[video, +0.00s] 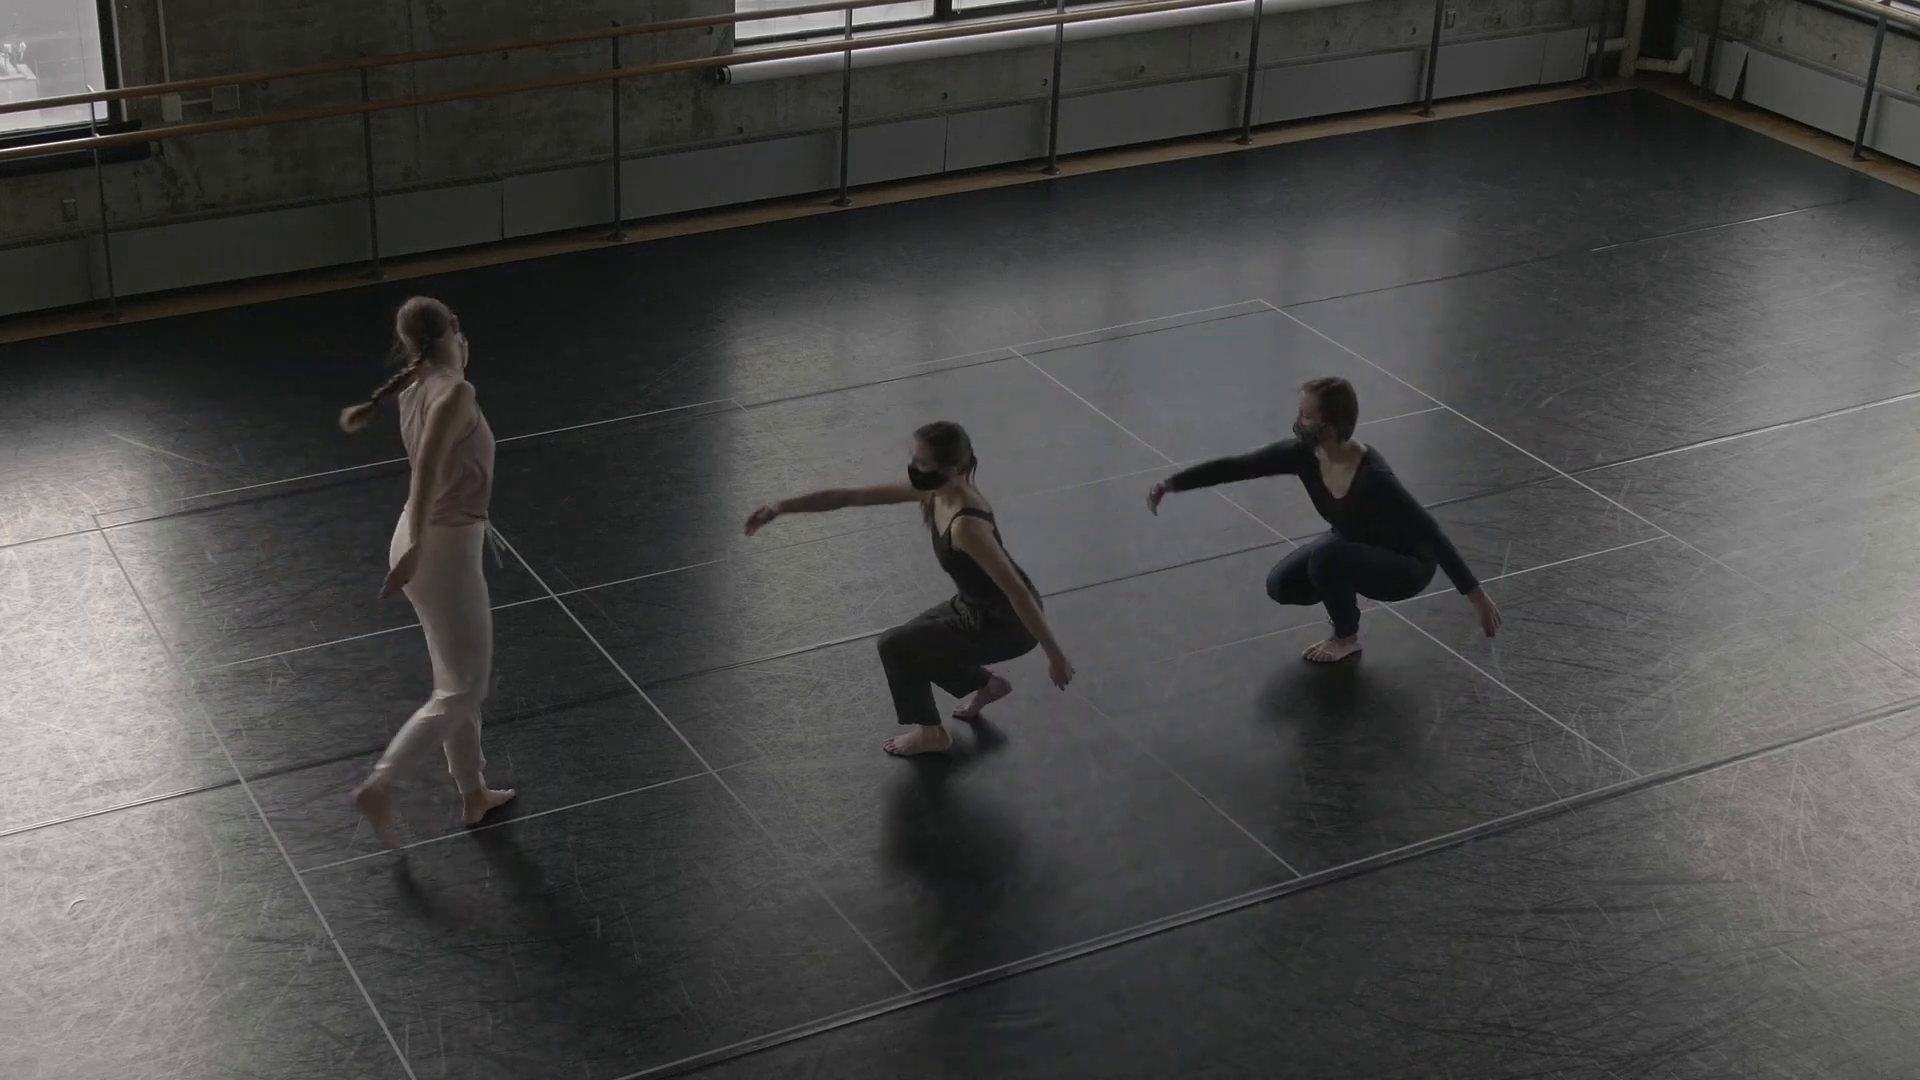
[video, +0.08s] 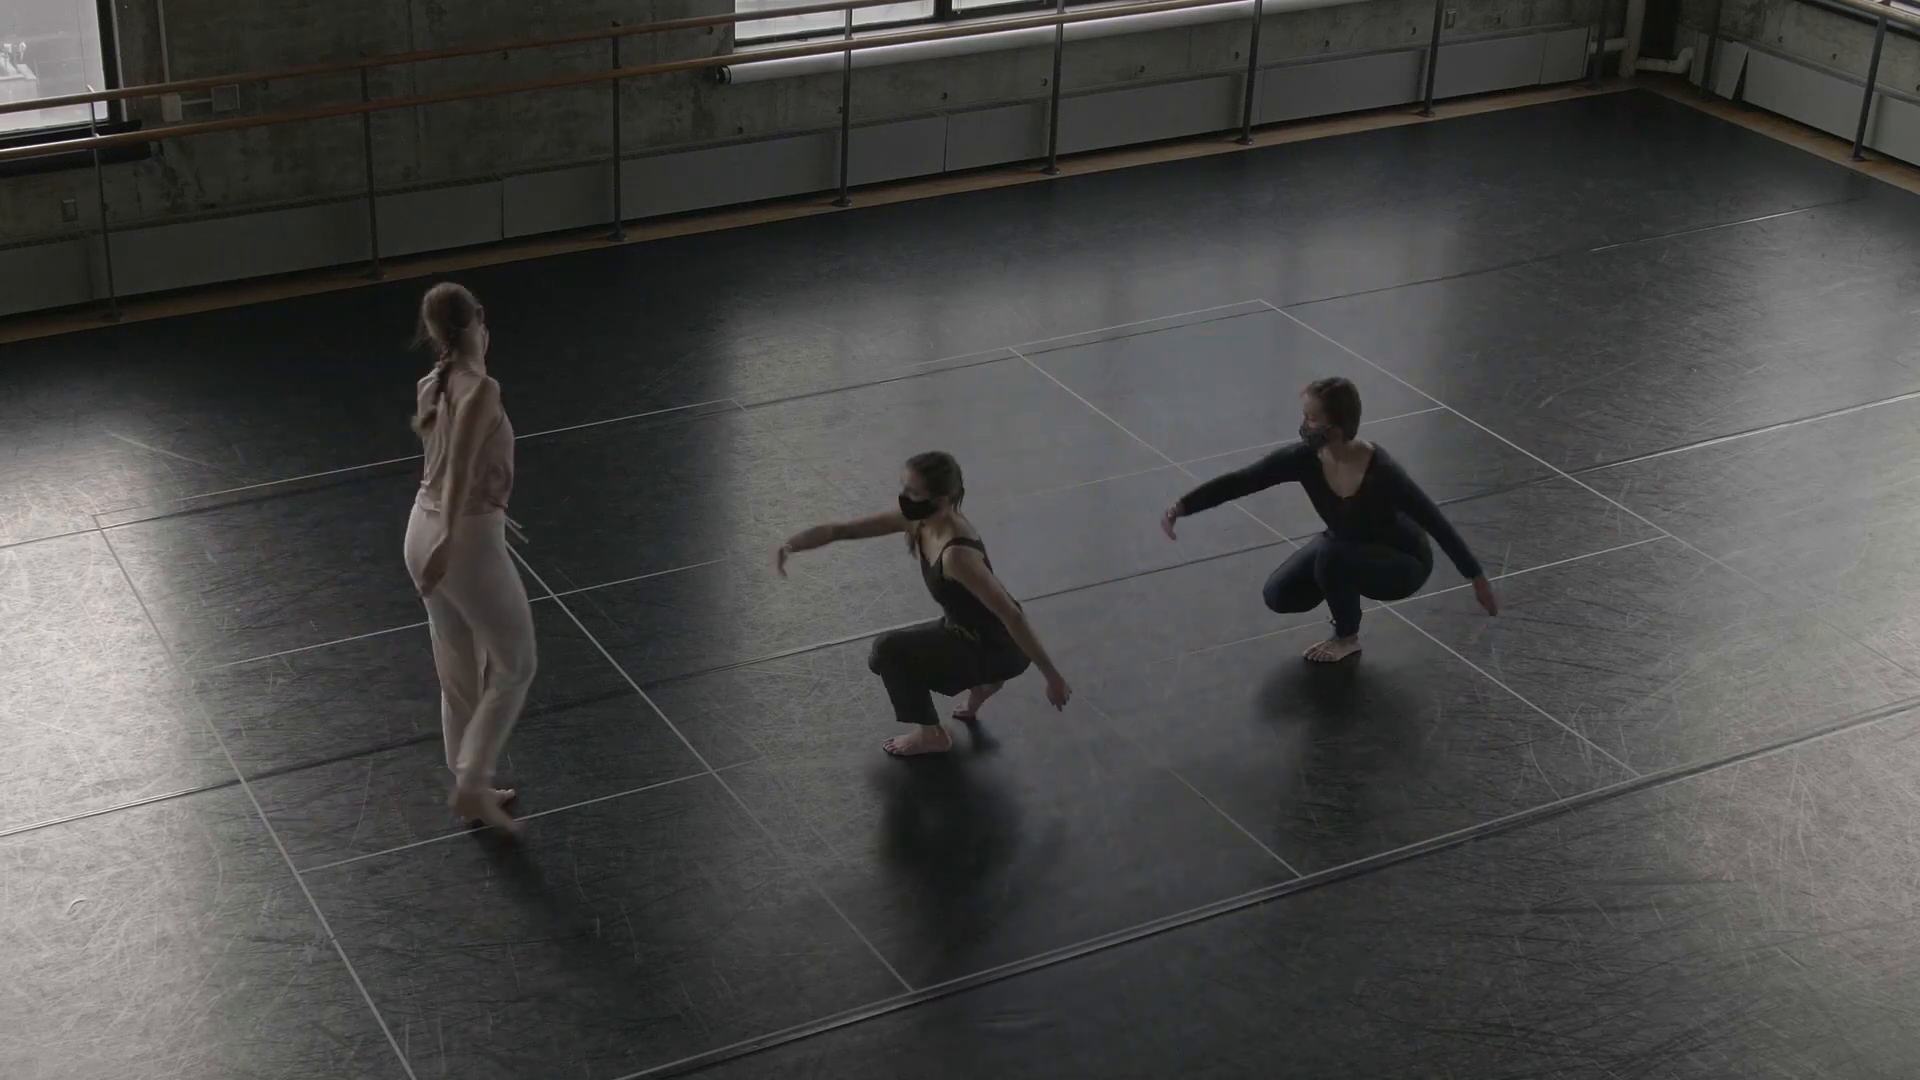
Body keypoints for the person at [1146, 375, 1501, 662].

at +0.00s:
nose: (1295, 422)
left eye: (1304, 416)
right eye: (1297, 413)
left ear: (1330, 427)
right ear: (1321, 423)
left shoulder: (1374, 476)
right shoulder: (1302, 454)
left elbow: (1430, 534)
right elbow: (1238, 468)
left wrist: (1476, 594)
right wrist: (1172, 483)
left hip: (1405, 562)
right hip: (1353, 544)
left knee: (1325, 559)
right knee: (1280, 586)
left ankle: (1347, 636)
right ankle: (1346, 594)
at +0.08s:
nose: (1302, 424)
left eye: (1310, 418)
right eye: (1302, 415)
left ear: (1336, 427)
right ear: (1324, 424)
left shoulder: (1381, 469)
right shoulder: (1303, 458)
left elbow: (1434, 522)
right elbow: (1246, 481)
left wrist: (1477, 579)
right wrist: (1181, 507)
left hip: (1401, 561)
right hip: (1342, 546)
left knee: (1331, 559)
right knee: (1278, 597)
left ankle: (1347, 637)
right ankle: (1340, 577)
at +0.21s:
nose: (1323, 399)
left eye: (1331, 392)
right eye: (1320, 391)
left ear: (1357, 395)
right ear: (1316, 390)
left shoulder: (1397, 438)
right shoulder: (1311, 435)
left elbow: (1428, 475)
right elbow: (1258, 462)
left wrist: (1447, 511)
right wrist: (1210, 497)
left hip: (1398, 532)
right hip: (1339, 526)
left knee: (1328, 560)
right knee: (1287, 599)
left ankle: (1344, 636)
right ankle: (1341, 587)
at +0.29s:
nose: (1342, 373)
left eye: (1352, 365)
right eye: (1337, 364)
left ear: (1375, 363)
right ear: (1329, 360)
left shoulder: (1406, 406)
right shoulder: (1318, 407)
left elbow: (1418, 461)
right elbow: (1264, 445)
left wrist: (1389, 479)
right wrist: (1237, 481)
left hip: (1397, 509)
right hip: (1338, 503)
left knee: (1333, 557)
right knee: (1298, 594)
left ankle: (1343, 634)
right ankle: (1343, 588)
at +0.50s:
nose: (1385, 325)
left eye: (1393, 315)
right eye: (1375, 317)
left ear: (1403, 311)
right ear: (1356, 314)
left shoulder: (1413, 348)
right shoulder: (1337, 363)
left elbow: (1400, 401)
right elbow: (1296, 421)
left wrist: (1397, 438)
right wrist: (1312, 465)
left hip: (1398, 461)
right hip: (1340, 461)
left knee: (1382, 558)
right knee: (1337, 562)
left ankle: (1341, 633)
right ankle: (1335, 597)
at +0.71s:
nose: (1405, 331)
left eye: (1411, 321)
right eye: (1396, 324)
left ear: (1417, 317)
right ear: (1371, 322)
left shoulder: (1420, 354)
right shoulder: (1351, 371)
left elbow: (1399, 408)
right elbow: (1335, 439)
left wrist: (1396, 451)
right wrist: (1379, 484)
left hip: (1392, 459)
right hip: (1335, 468)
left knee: (1418, 552)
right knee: (1374, 567)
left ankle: (1388, 612)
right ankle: (1322, 587)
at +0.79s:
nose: (1409, 355)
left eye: (1413, 345)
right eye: (1399, 348)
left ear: (1419, 341)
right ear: (1371, 347)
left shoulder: (1420, 380)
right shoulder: (1354, 396)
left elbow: (1410, 432)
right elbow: (1352, 469)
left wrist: (1403, 473)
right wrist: (1405, 510)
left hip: (1387, 478)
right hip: (1332, 488)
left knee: (1426, 559)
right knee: (1385, 574)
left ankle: (1383, 616)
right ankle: (1317, 593)